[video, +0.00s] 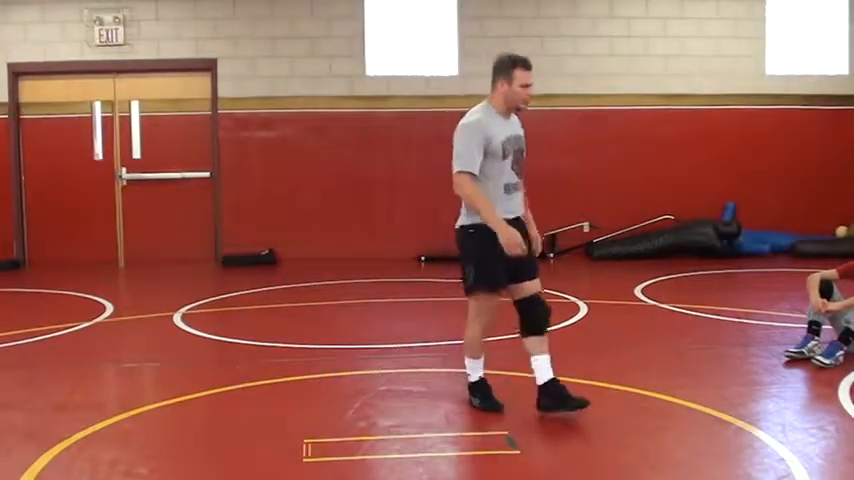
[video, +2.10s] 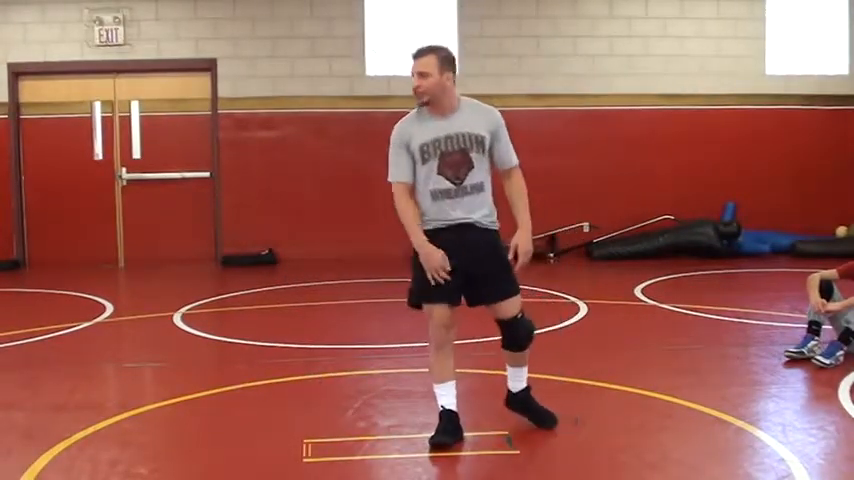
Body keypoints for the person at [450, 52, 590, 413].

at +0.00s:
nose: (530, 93)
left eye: (531, 86)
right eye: (525, 86)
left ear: (513, 86)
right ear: (501, 85)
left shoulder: (514, 122)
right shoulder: (473, 125)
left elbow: (513, 182)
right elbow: (462, 183)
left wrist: (529, 223)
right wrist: (500, 227)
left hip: (512, 226)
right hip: (479, 230)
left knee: (533, 308)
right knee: (482, 308)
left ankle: (547, 387)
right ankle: (476, 383)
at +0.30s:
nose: (564, 87)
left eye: (565, 81)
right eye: (557, 81)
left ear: (559, 84)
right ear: (534, 81)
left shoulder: (560, 127)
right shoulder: (501, 120)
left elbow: (563, 185)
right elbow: (476, 173)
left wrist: (573, 233)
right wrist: (491, 228)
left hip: (547, 231)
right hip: (510, 232)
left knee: (555, 318)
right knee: (513, 319)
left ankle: (552, 396)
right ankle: (487, 374)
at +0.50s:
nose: (561, 85)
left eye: (569, 79)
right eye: (554, 77)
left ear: (579, 85)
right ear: (543, 80)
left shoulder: (584, 131)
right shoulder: (514, 118)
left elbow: (600, 185)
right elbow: (483, 164)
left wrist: (625, 232)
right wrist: (475, 208)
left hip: (559, 229)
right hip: (516, 228)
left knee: (561, 320)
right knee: (524, 318)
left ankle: (552, 397)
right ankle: (510, 377)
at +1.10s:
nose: (569, 83)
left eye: (577, 76)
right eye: (562, 75)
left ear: (589, 82)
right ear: (554, 78)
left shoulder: (601, 137)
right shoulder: (523, 115)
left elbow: (596, 197)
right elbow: (496, 163)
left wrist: (568, 243)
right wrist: (477, 213)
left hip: (556, 230)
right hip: (510, 222)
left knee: (559, 320)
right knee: (502, 311)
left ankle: (551, 398)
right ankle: (493, 396)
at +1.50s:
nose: (522, 91)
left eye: (531, 84)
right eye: (518, 83)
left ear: (549, 86)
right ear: (511, 83)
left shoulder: (569, 134)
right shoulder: (487, 122)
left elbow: (576, 194)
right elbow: (462, 173)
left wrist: (560, 245)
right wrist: (450, 225)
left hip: (540, 237)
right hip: (488, 234)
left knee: (548, 323)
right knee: (472, 321)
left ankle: (550, 399)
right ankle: (455, 408)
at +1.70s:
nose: (474, 91)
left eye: (482, 84)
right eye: (469, 84)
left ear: (504, 85)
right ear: (465, 84)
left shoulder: (532, 127)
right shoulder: (450, 129)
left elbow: (552, 183)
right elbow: (433, 186)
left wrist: (562, 240)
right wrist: (436, 242)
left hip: (513, 240)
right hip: (463, 239)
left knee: (540, 323)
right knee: (455, 329)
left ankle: (547, 400)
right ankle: (450, 418)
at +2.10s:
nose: (415, 83)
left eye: (423, 75)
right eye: (414, 76)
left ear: (448, 78)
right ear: (419, 80)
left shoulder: (488, 118)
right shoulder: (405, 131)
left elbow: (511, 174)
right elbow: (402, 195)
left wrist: (524, 228)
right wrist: (423, 247)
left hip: (483, 234)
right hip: (435, 239)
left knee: (515, 323)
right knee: (440, 326)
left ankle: (518, 393)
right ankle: (448, 417)